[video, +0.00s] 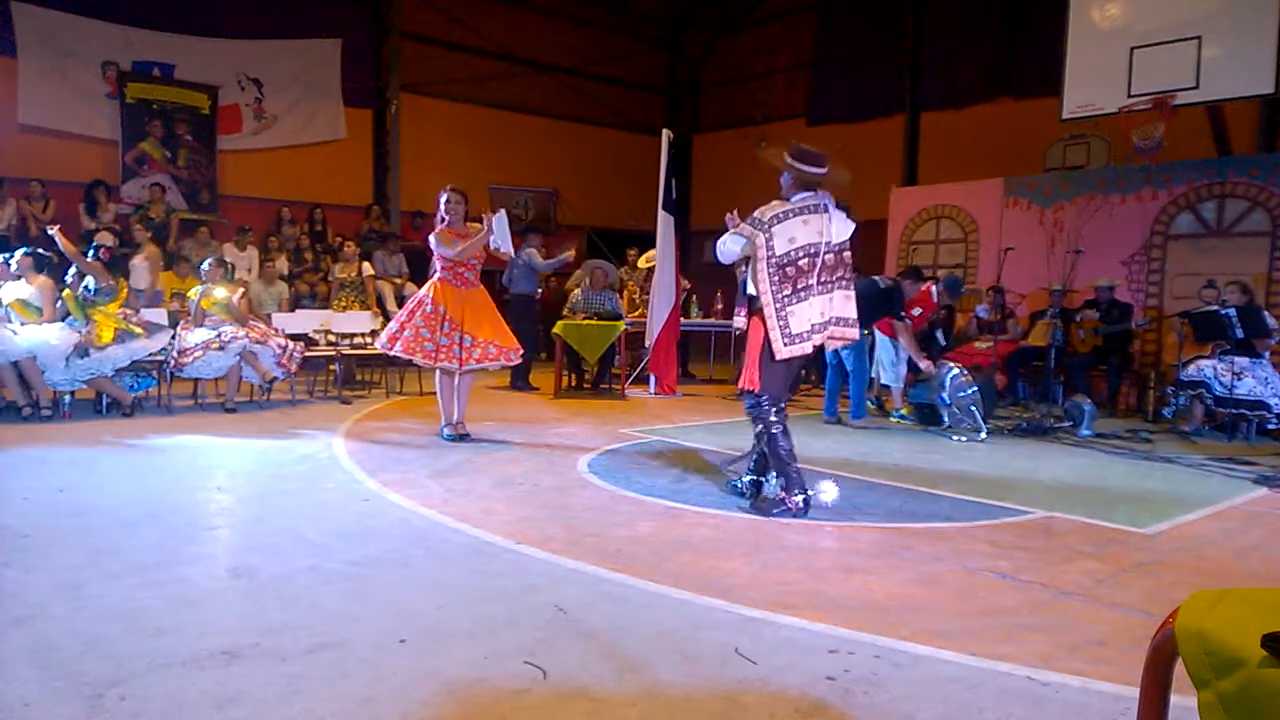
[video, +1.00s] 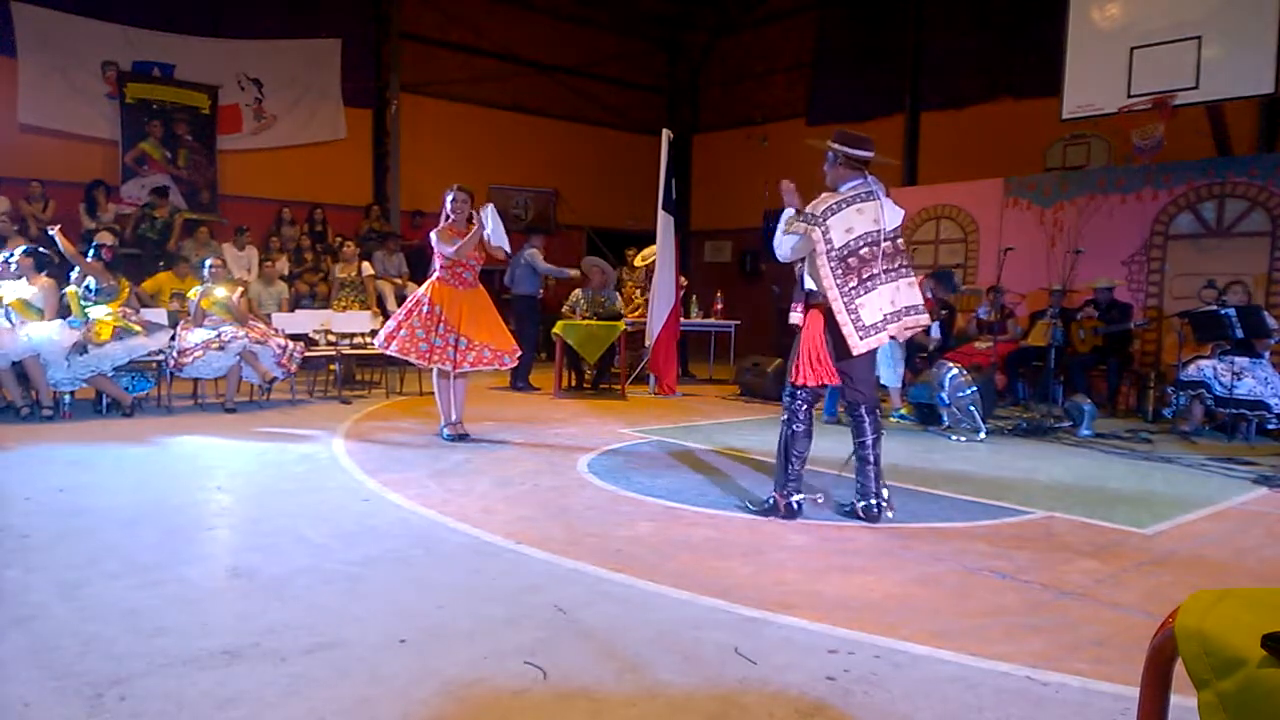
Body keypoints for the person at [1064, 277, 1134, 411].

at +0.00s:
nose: (1099, 294)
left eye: (1103, 291)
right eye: (1097, 291)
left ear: (1111, 292)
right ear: (1095, 292)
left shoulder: (1124, 308)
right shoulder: (1090, 305)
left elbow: (1119, 320)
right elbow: (1067, 314)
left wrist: (1098, 317)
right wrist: (1079, 316)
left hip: (1116, 350)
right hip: (1096, 349)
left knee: (1115, 366)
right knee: (1075, 363)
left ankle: (1111, 404)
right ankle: (1084, 400)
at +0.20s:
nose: (1093, 295)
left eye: (1096, 291)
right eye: (1092, 291)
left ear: (1107, 293)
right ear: (1093, 293)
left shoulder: (1123, 308)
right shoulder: (1090, 306)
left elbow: (1120, 323)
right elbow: (1067, 314)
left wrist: (1098, 317)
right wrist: (1078, 316)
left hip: (1116, 349)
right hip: (1096, 349)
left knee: (1115, 365)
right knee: (1076, 363)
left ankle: (1111, 403)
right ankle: (1083, 400)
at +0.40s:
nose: (1092, 295)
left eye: (1095, 292)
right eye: (1092, 292)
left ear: (1106, 293)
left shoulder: (1123, 309)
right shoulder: (1089, 307)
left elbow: (1119, 322)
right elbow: (1067, 315)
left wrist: (1097, 316)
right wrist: (1076, 316)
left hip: (1116, 350)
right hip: (1096, 349)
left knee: (1115, 365)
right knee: (1076, 363)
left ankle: (1111, 403)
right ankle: (1083, 400)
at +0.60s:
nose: (1091, 295)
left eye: (1095, 292)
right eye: (1091, 292)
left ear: (1105, 293)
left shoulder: (1123, 308)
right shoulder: (1089, 306)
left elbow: (1119, 321)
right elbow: (1067, 315)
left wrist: (1097, 316)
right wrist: (1078, 315)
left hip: (1117, 349)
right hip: (1096, 349)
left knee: (1115, 365)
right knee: (1076, 363)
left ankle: (1111, 403)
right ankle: (1083, 399)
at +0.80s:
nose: (1095, 295)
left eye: (1098, 292)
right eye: (1094, 292)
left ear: (1108, 292)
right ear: (1093, 293)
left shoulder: (1123, 308)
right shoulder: (1090, 305)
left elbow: (1118, 321)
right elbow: (1068, 315)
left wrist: (1097, 315)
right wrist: (1079, 315)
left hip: (1116, 349)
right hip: (1096, 348)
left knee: (1115, 365)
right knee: (1076, 363)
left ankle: (1111, 403)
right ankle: (1084, 400)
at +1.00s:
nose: (1097, 295)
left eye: (1101, 292)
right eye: (1096, 292)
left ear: (1110, 292)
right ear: (1094, 292)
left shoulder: (1124, 308)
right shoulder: (1091, 305)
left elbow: (1118, 320)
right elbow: (1068, 315)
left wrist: (1097, 315)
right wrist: (1079, 315)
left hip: (1117, 349)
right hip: (1096, 348)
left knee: (1114, 365)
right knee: (1076, 362)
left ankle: (1111, 403)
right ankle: (1083, 399)